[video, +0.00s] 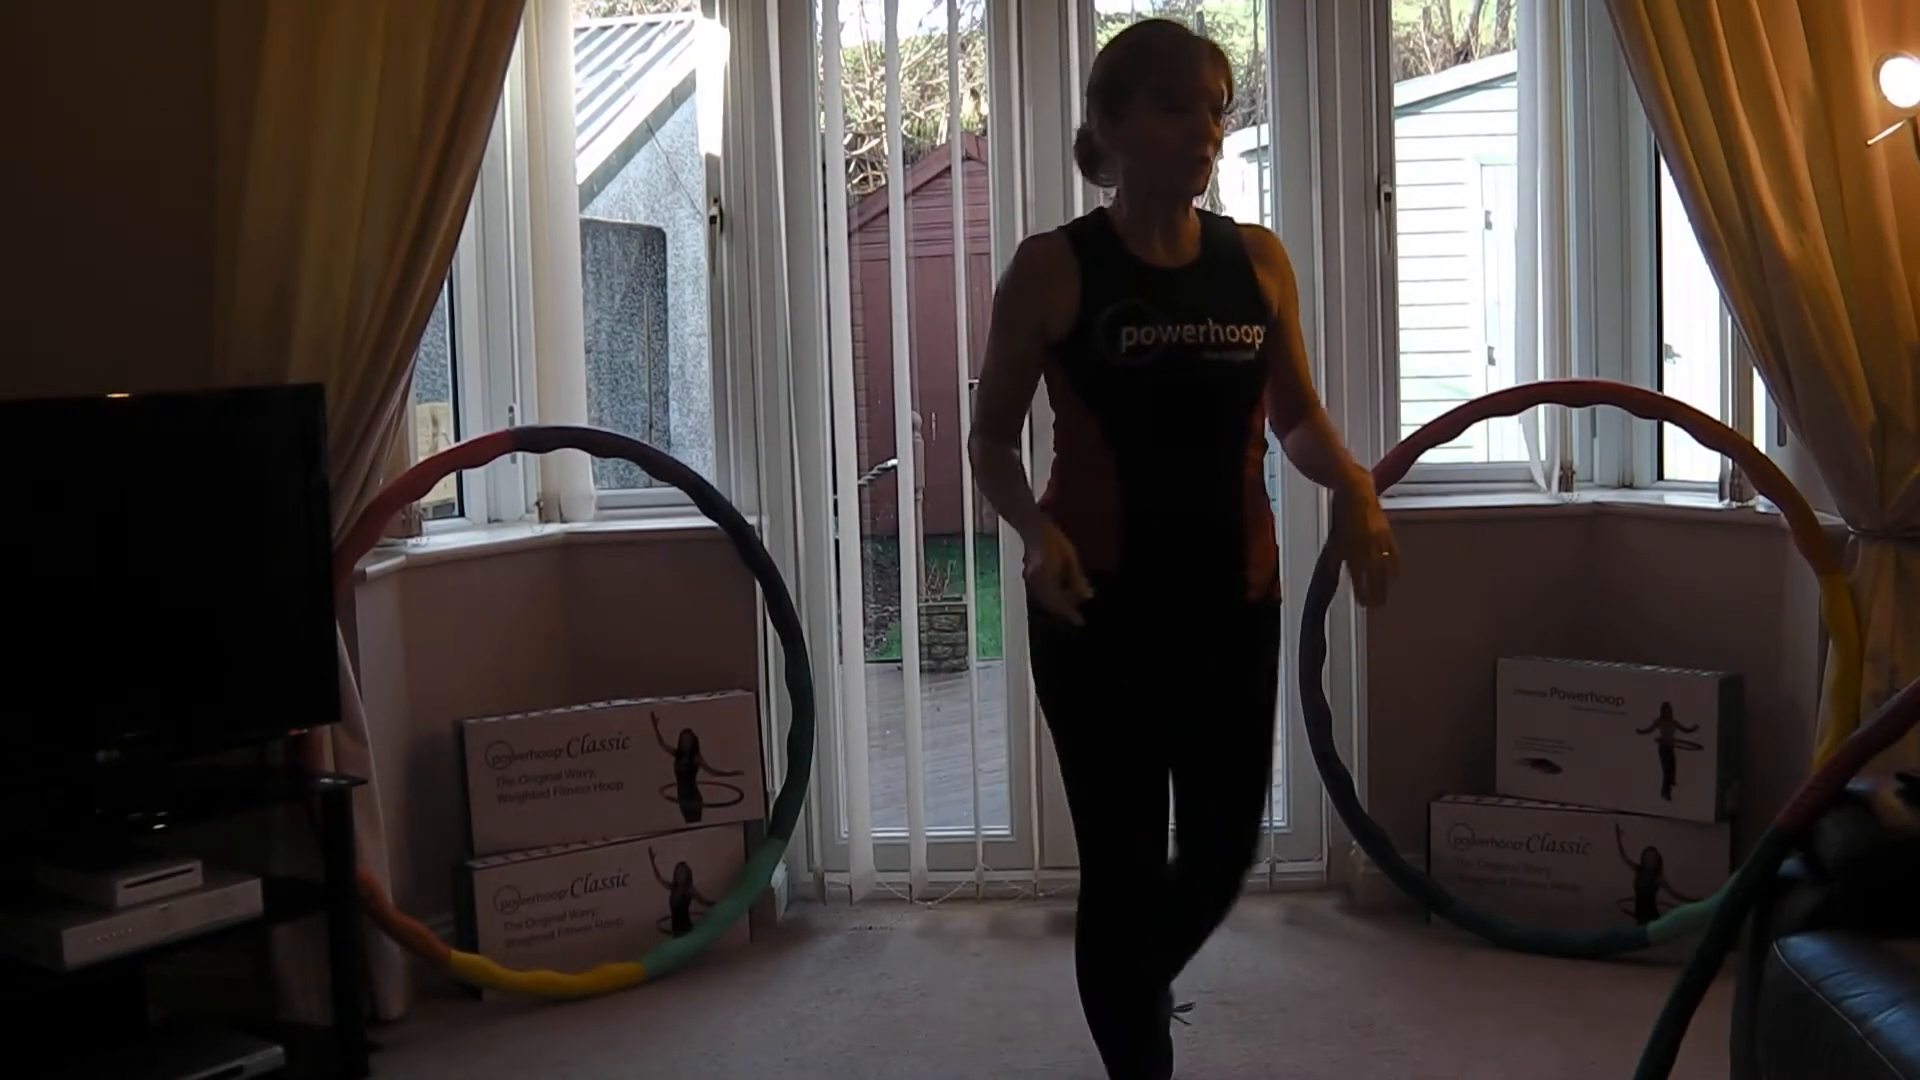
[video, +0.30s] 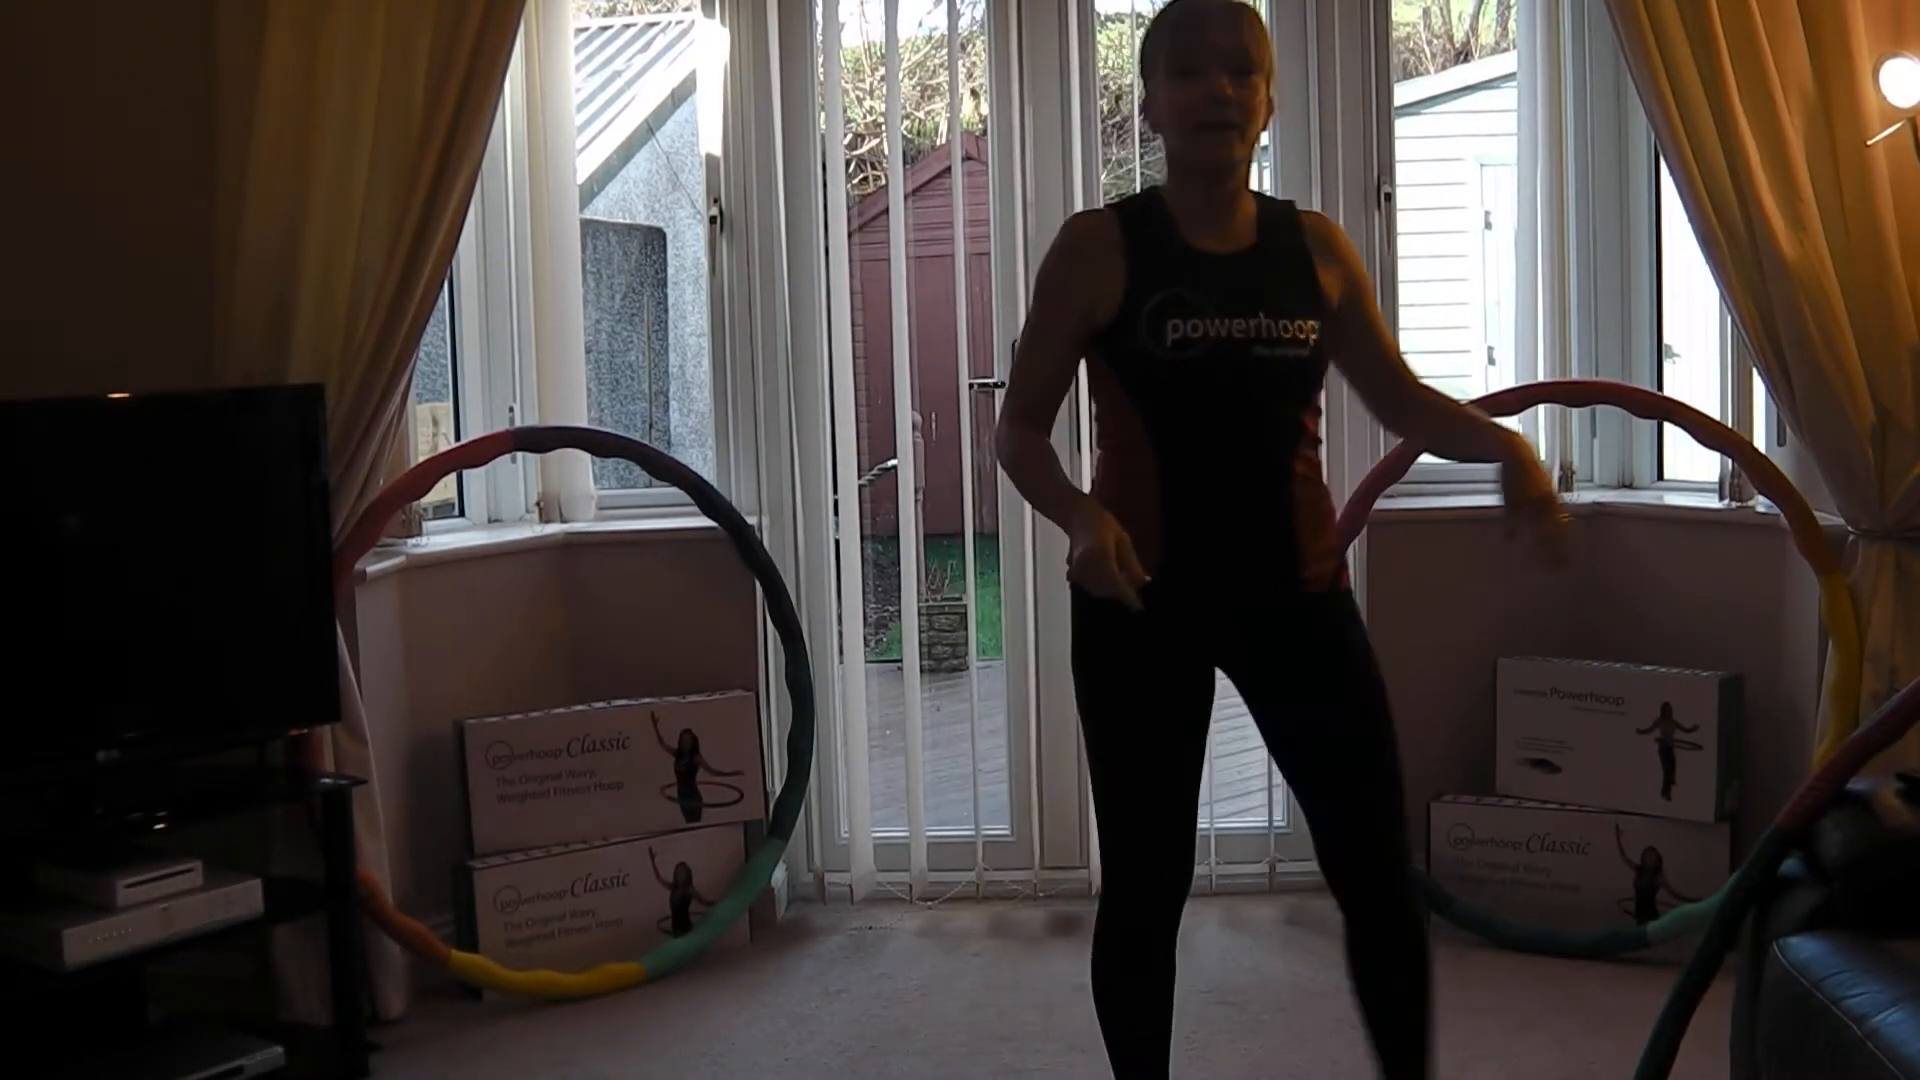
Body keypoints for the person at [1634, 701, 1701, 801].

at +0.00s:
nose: (1667, 713)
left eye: (1668, 710)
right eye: (1665, 710)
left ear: (1670, 711)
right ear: (1662, 711)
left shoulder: (1672, 721)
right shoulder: (1659, 721)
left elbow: (1684, 730)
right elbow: (1651, 730)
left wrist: (1693, 729)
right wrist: (1641, 731)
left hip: (1669, 747)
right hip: (1663, 748)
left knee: (1671, 769)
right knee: (1667, 770)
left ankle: (1667, 791)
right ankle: (1665, 792)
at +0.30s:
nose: (1667, 713)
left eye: (1668, 710)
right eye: (1665, 710)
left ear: (1670, 711)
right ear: (1662, 711)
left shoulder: (1672, 721)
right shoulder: (1659, 721)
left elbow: (1684, 730)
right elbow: (1651, 730)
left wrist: (1693, 729)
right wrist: (1641, 731)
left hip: (1669, 747)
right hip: (1663, 748)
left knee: (1671, 769)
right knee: (1667, 770)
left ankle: (1667, 791)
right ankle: (1665, 791)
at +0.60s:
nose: (1667, 712)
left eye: (1668, 710)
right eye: (1665, 710)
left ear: (1670, 711)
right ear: (1662, 711)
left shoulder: (1671, 722)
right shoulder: (1660, 721)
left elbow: (1684, 730)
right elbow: (1650, 730)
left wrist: (1693, 728)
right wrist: (1641, 732)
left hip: (1669, 747)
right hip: (1662, 747)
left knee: (1671, 769)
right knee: (1667, 770)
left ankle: (1667, 790)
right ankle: (1665, 791)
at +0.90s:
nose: (1666, 712)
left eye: (1668, 710)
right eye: (1664, 710)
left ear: (1670, 711)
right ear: (1661, 711)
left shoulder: (1671, 722)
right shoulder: (1660, 721)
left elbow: (1683, 730)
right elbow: (1650, 730)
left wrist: (1693, 728)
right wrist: (1641, 731)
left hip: (1669, 747)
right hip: (1662, 747)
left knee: (1671, 769)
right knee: (1667, 770)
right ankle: (1665, 791)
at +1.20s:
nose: (1666, 712)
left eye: (1668, 710)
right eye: (1664, 710)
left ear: (1670, 711)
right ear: (1662, 711)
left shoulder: (1671, 722)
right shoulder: (1659, 721)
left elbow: (1683, 730)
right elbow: (1650, 730)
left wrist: (1693, 728)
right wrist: (1641, 732)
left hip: (1669, 747)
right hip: (1662, 747)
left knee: (1671, 769)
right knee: (1667, 770)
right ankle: (1665, 791)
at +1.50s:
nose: (1667, 712)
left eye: (1669, 710)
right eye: (1665, 710)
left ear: (1670, 710)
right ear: (1662, 710)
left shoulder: (1671, 721)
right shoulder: (1660, 721)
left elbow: (1685, 730)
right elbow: (1651, 729)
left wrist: (1694, 728)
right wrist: (1641, 731)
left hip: (1669, 747)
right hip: (1663, 747)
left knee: (1671, 768)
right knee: (1667, 770)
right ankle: (1666, 791)